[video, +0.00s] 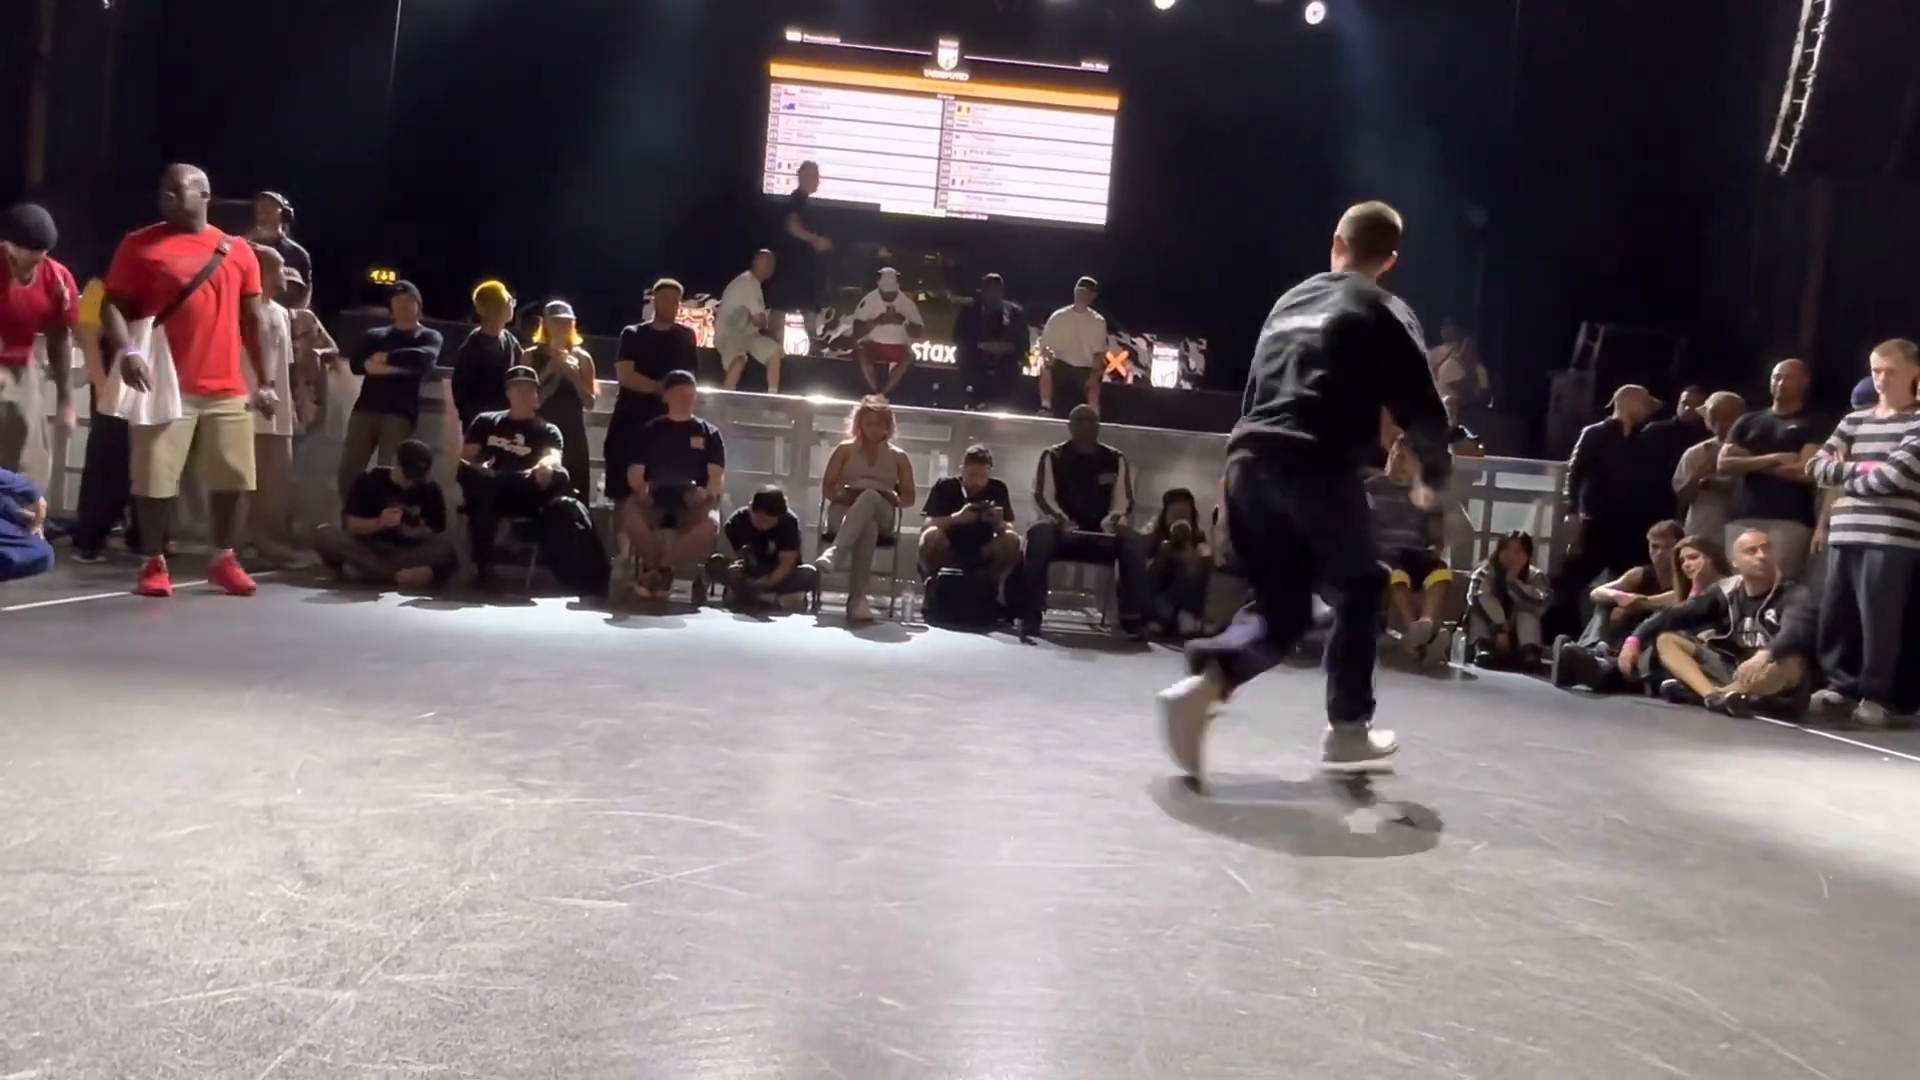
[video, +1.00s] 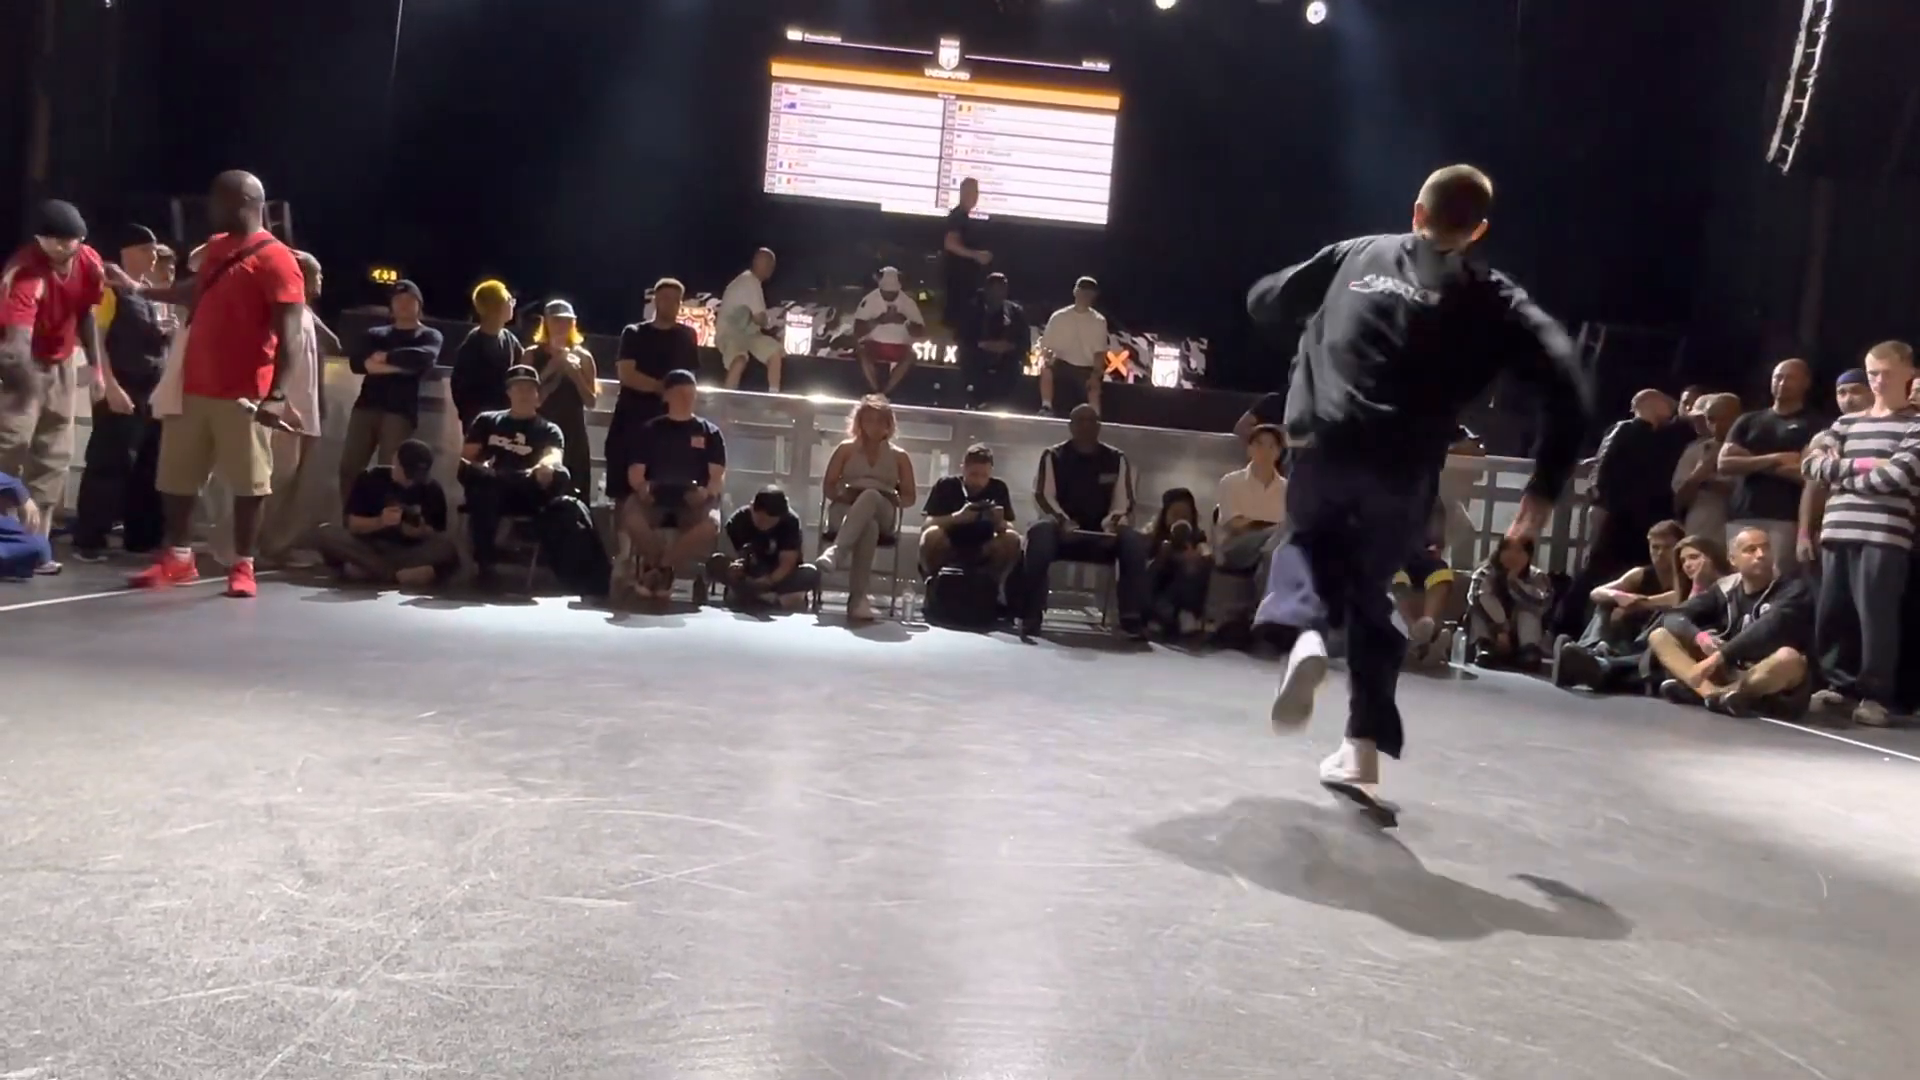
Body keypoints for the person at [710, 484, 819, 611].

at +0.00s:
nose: (763, 526)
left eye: (769, 522)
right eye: (760, 520)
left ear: (778, 516)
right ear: (751, 509)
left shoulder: (788, 522)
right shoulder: (734, 524)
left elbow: (788, 562)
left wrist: (768, 581)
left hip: (779, 570)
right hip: (750, 572)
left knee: (810, 573)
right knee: (715, 566)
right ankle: (777, 601)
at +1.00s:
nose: (762, 524)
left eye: (768, 521)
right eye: (759, 519)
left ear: (779, 517)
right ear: (752, 508)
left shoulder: (790, 522)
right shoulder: (736, 523)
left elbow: (788, 563)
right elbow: (742, 558)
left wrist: (769, 580)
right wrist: (736, 568)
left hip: (780, 570)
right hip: (751, 570)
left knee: (811, 573)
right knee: (716, 564)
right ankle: (775, 600)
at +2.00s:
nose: (767, 524)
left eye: (772, 520)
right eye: (764, 519)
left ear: (779, 515)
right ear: (753, 511)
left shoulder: (790, 522)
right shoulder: (735, 523)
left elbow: (787, 563)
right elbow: (742, 556)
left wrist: (767, 581)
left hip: (779, 568)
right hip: (752, 568)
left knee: (809, 574)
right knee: (716, 563)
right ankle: (776, 600)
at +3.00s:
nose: (762, 533)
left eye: (767, 529)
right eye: (759, 527)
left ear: (776, 523)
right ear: (750, 518)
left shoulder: (788, 529)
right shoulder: (733, 529)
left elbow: (784, 569)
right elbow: (740, 564)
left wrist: (763, 590)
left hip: (776, 575)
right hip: (749, 576)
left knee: (807, 579)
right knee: (713, 568)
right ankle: (774, 607)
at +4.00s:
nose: (742, 542)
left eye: (748, 539)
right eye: (739, 537)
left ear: (757, 534)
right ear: (731, 529)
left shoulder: (769, 539)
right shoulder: (715, 539)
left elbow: (765, 580)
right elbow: (723, 573)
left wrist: (749, 598)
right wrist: (716, 582)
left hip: (758, 584)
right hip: (731, 585)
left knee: (790, 588)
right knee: (694, 581)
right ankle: (756, 616)